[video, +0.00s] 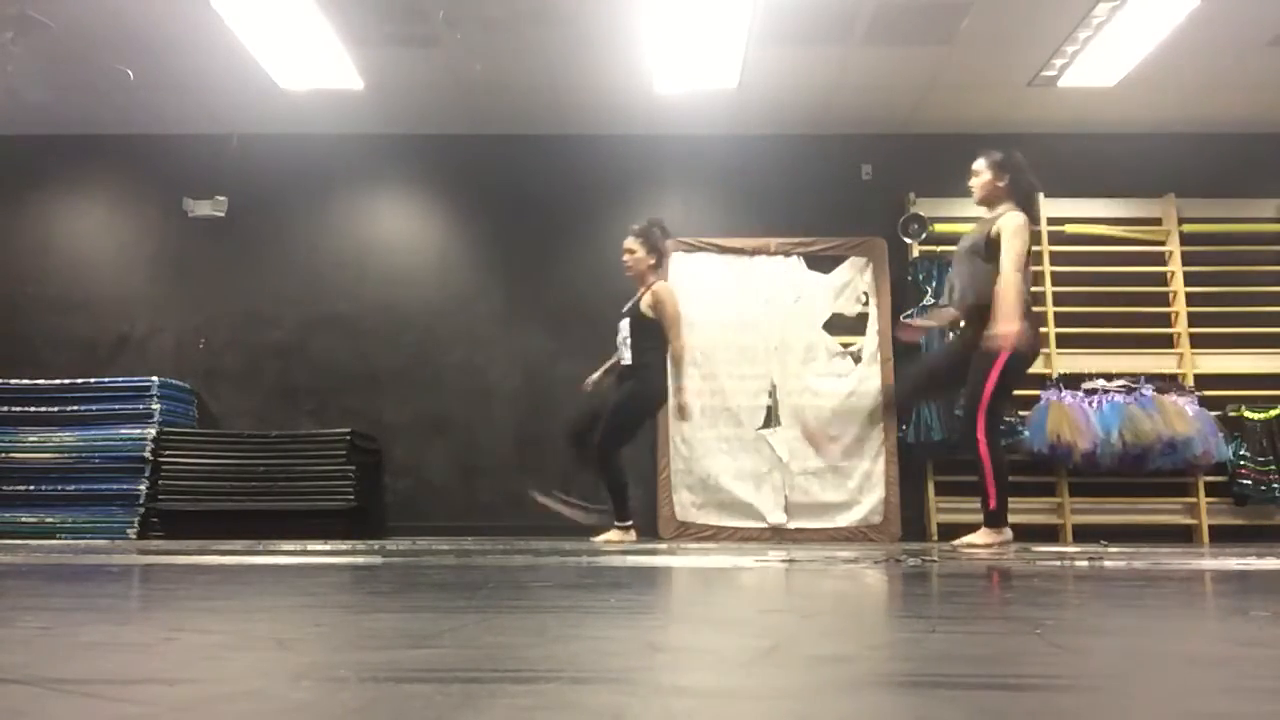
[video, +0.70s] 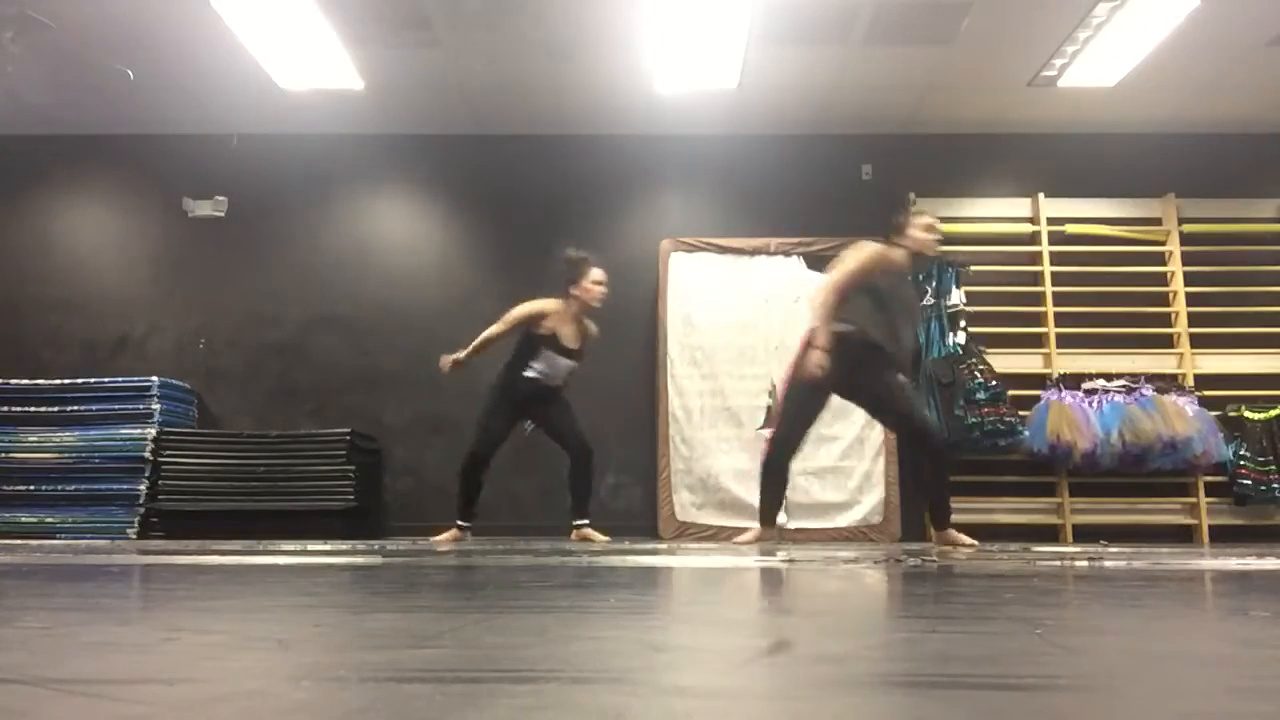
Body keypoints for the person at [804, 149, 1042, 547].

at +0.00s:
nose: (970, 182)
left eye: (977, 175)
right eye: (971, 175)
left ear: (1001, 180)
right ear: (989, 182)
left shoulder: (1013, 220)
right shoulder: (984, 227)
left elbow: (1012, 272)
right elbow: (966, 302)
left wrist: (1007, 318)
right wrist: (923, 324)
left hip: (1005, 337)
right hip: (978, 336)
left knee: (980, 418)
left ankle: (996, 527)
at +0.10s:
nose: (955, 177)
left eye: (963, 171)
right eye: (957, 171)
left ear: (988, 180)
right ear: (970, 180)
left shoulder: (1002, 218)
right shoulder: (950, 220)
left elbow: (1045, 260)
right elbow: (921, 274)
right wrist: (878, 309)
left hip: (997, 325)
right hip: (956, 320)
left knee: (978, 416)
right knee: (888, 326)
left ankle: (994, 524)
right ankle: (797, 334)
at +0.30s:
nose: (970, 192)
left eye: (976, 185)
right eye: (962, 187)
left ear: (991, 193)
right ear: (952, 197)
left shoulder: (1016, 236)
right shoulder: (944, 236)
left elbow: (1049, 277)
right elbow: (893, 276)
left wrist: (1054, 325)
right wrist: (841, 304)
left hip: (952, 343)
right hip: (917, 316)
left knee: (971, 425)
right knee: (829, 322)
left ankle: (950, 526)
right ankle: (746, 316)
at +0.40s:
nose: (999, 207)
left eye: (997, 202)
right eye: (990, 205)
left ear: (995, 221)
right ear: (972, 223)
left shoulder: (1000, 262)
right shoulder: (965, 254)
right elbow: (907, 287)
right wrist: (852, 316)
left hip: (940, 353)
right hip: (908, 330)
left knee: (969, 432)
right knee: (826, 364)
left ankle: (946, 529)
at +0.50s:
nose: (1003, 236)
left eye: (999, 230)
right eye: (994, 231)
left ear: (987, 245)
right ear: (973, 244)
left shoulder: (984, 289)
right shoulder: (962, 277)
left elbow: (970, 349)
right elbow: (907, 308)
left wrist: (978, 389)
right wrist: (865, 342)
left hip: (914, 366)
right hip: (882, 349)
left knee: (957, 431)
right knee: (819, 400)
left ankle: (946, 527)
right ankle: (742, 448)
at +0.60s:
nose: (979, 242)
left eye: (976, 237)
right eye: (968, 237)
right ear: (946, 247)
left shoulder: (948, 287)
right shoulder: (932, 272)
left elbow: (929, 347)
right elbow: (885, 307)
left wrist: (937, 390)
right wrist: (855, 356)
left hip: (892, 372)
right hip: (860, 355)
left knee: (948, 433)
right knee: (808, 431)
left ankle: (945, 529)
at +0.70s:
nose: (935, 237)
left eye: (936, 231)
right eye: (927, 229)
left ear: (931, 241)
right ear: (903, 230)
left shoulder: (907, 286)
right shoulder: (874, 253)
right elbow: (827, 290)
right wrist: (819, 345)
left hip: (871, 365)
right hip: (830, 353)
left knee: (924, 433)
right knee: (784, 439)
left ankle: (941, 528)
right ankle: (766, 526)